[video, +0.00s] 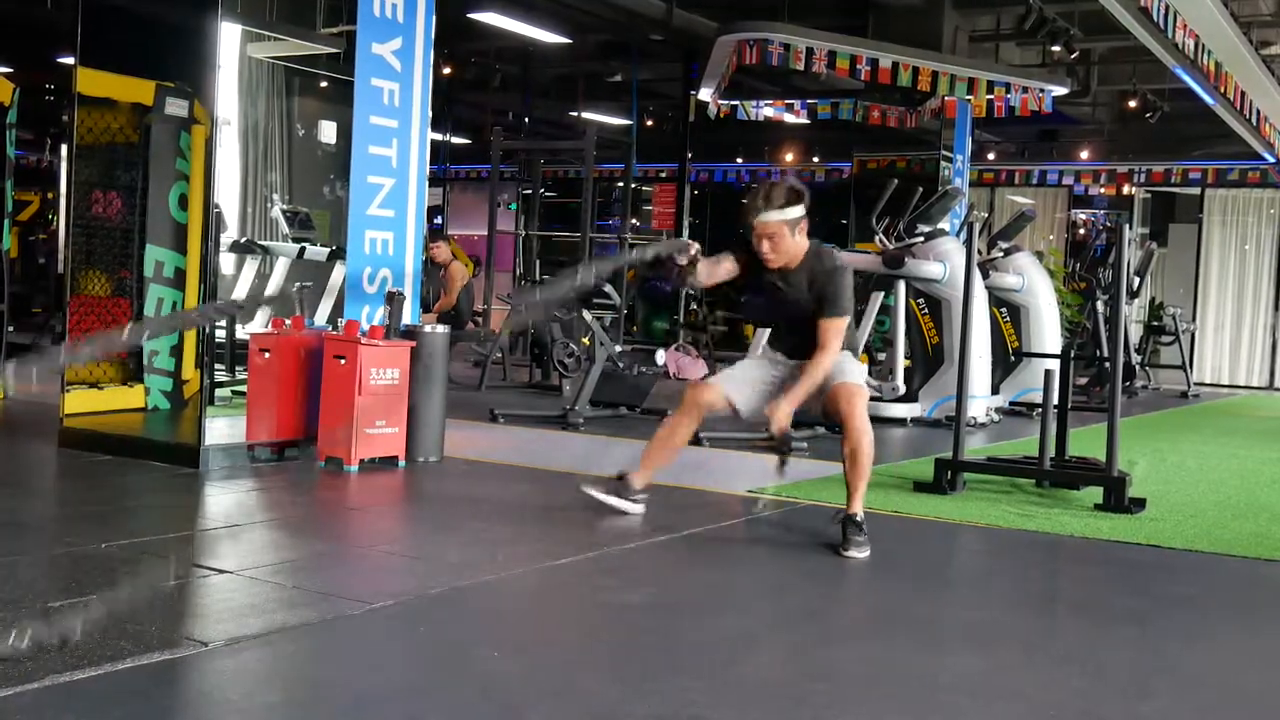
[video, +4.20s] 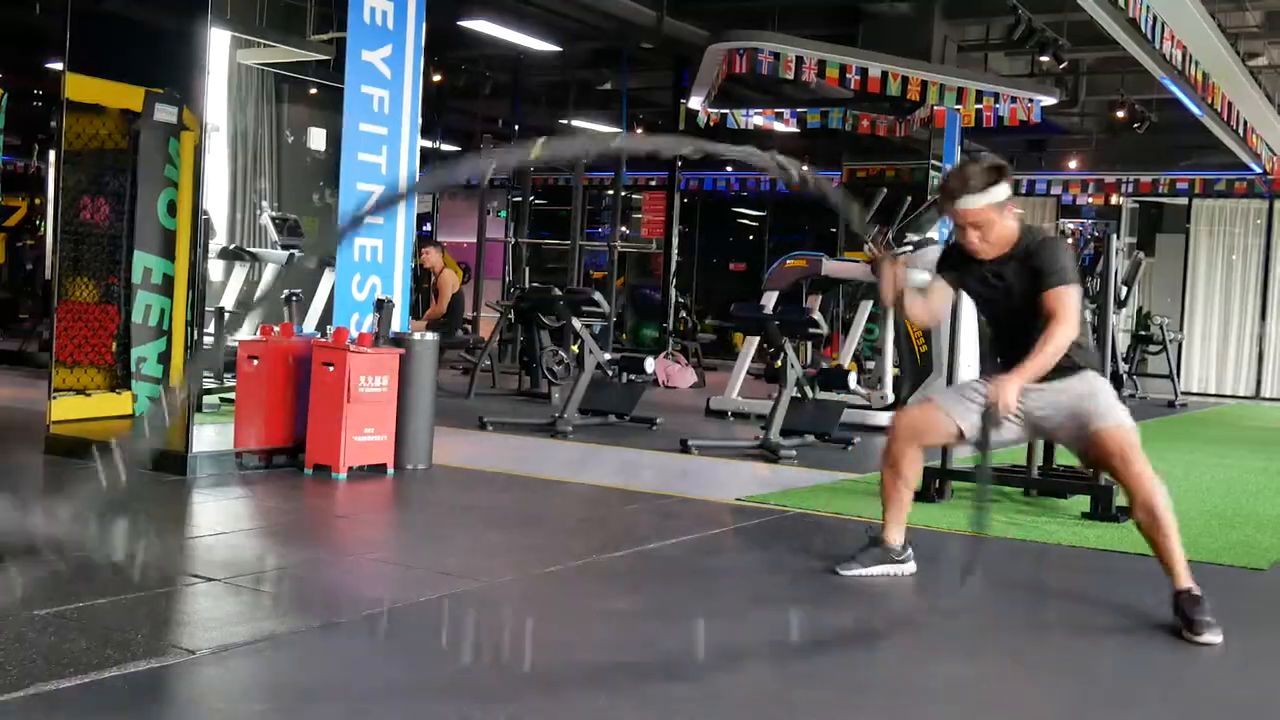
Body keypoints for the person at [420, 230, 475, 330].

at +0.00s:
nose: (433, 252)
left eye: (437, 247)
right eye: (431, 249)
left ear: (448, 247)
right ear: (428, 251)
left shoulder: (455, 267)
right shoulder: (444, 270)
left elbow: (451, 300)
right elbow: (443, 296)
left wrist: (434, 311)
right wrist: (434, 313)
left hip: (458, 320)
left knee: (415, 319)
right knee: (415, 317)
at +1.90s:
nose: (428, 254)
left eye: (432, 250)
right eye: (425, 251)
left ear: (441, 250)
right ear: (423, 254)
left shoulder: (450, 271)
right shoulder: (437, 271)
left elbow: (445, 303)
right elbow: (437, 300)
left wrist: (427, 317)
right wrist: (426, 317)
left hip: (452, 321)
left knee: (410, 321)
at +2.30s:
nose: (419, 255)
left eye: (423, 250)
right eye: (416, 251)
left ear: (433, 250)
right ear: (413, 255)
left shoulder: (440, 271)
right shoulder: (429, 273)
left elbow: (436, 304)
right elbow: (429, 301)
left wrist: (418, 317)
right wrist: (418, 318)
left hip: (443, 322)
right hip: (436, 318)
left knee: (402, 321)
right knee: (401, 320)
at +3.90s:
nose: (424, 256)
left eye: (428, 252)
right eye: (423, 254)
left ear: (441, 254)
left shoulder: (447, 275)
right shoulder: (436, 277)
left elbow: (443, 308)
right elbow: (434, 306)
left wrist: (424, 321)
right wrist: (424, 322)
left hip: (448, 327)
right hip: (441, 324)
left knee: (407, 326)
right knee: (406, 324)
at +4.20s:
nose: (423, 257)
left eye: (427, 253)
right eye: (422, 254)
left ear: (439, 255)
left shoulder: (446, 275)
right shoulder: (435, 278)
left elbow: (441, 309)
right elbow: (433, 306)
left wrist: (422, 322)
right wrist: (421, 322)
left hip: (450, 327)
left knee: (408, 325)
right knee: (407, 323)